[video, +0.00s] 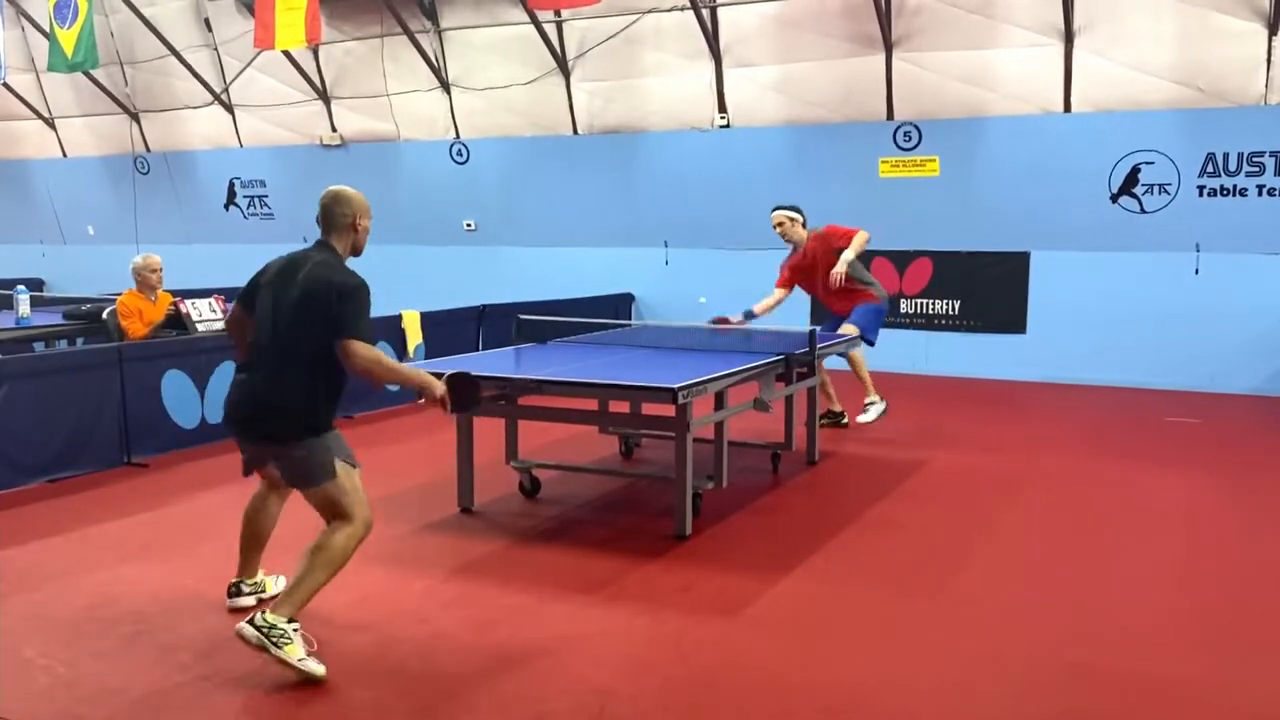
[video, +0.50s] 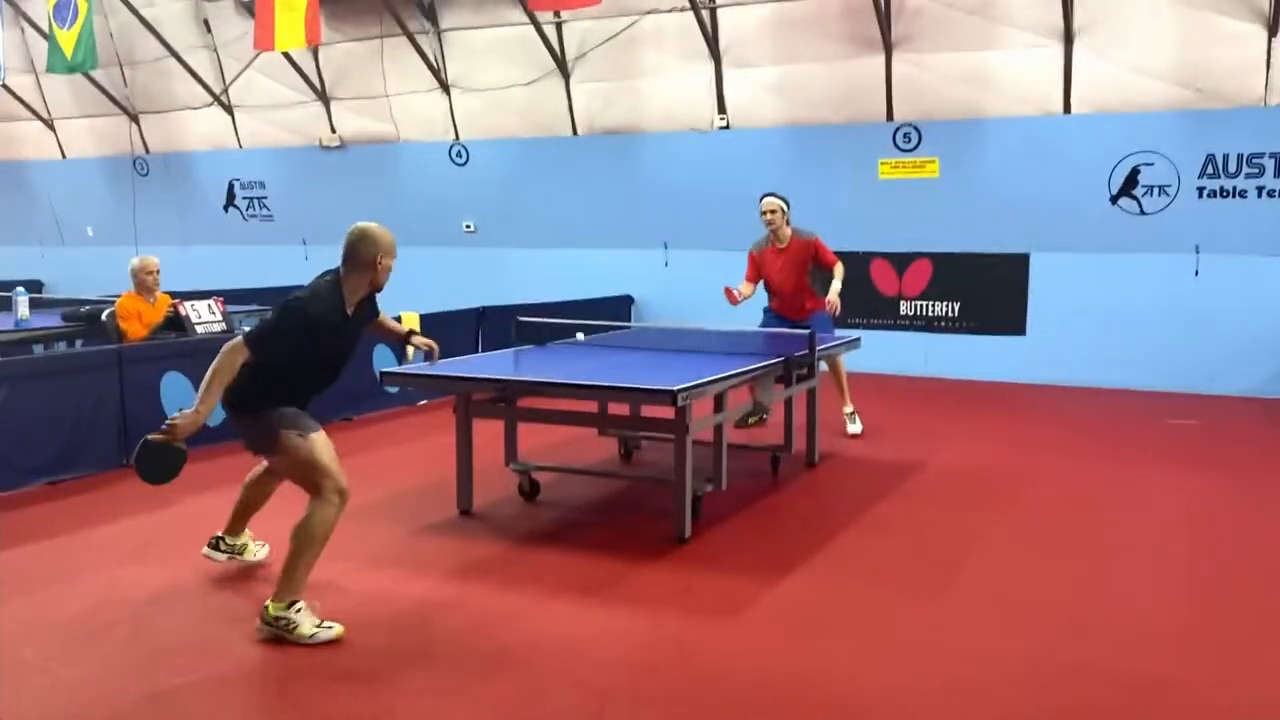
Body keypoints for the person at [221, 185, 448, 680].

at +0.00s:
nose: (369, 231)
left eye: (368, 222)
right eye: (368, 223)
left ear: (321, 223)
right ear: (356, 225)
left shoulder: (275, 269)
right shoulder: (346, 283)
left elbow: (236, 321)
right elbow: (358, 357)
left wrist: (255, 366)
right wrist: (421, 379)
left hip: (245, 408)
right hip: (297, 418)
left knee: (274, 482)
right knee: (354, 519)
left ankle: (245, 582)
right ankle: (278, 620)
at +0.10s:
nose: (382, 225)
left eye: (380, 217)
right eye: (380, 217)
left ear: (336, 218)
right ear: (368, 220)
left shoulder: (295, 259)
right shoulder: (350, 275)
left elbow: (258, 313)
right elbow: (349, 347)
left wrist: (306, 346)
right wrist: (411, 379)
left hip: (251, 401)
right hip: (302, 409)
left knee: (286, 478)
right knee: (377, 492)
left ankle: (247, 579)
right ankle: (344, 616)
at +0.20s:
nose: (390, 240)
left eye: (389, 230)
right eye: (386, 231)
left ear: (348, 230)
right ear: (372, 235)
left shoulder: (318, 272)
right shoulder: (353, 287)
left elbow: (294, 345)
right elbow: (350, 365)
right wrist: (408, 410)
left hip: (272, 407)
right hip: (310, 415)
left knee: (307, 473)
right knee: (390, 488)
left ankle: (249, 566)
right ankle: (373, 616)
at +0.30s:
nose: (399, 254)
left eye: (399, 245)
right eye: (396, 245)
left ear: (356, 245)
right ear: (383, 249)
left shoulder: (334, 281)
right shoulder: (349, 297)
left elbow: (338, 341)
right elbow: (315, 366)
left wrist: (375, 370)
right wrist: (358, 426)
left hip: (274, 415)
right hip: (303, 421)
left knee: (303, 474)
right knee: (391, 492)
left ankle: (253, 562)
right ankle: (371, 616)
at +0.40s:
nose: (400, 255)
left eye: (399, 247)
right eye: (398, 248)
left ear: (361, 246)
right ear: (385, 252)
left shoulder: (359, 284)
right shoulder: (327, 298)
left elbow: (356, 324)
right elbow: (267, 355)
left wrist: (392, 345)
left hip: (298, 400)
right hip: (286, 407)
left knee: (285, 473)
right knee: (354, 484)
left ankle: (237, 550)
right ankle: (366, 609)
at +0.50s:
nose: (392, 268)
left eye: (392, 261)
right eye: (391, 261)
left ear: (360, 259)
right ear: (377, 264)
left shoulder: (359, 294)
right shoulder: (310, 307)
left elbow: (371, 321)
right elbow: (235, 350)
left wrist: (407, 337)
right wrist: (199, 413)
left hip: (285, 401)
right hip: (256, 405)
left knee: (282, 463)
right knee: (332, 490)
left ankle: (230, 538)